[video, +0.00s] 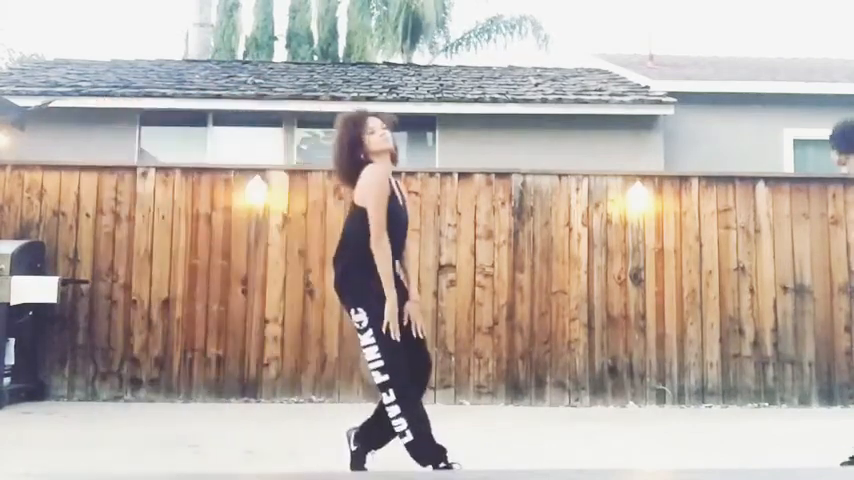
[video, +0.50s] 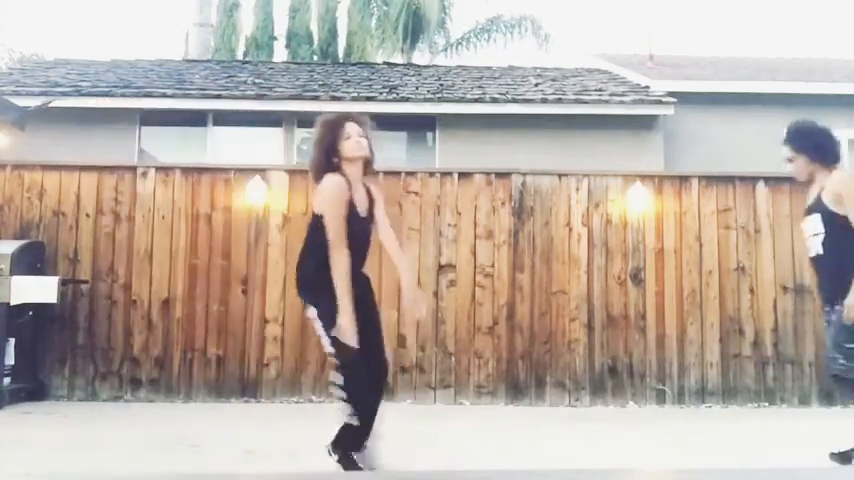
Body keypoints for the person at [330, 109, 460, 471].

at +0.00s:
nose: (385, 133)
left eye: (384, 128)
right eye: (375, 131)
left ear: (389, 135)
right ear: (362, 145)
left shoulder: (392, 178)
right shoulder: (375, 174)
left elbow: (396, 245)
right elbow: (377, 239)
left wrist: (410, 295)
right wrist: (390, 296)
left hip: (383, 278)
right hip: (360, 279)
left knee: (418, 362)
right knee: (391, 367)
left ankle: (366, 437)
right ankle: (431, 456)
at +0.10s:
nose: (388, 138)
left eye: (388, 132)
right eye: (378, 135)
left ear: (392, 138)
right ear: (365, 148)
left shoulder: (394, 182)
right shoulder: (379, 178)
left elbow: (404, 246)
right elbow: (380, 243)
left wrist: (409, 301)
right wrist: (390, 301)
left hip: (380, 282)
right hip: (357, 282)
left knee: (417, 364)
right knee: (390, 370)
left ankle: (365, 436)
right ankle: (430, 457)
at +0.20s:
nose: (389, 141)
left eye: (387, 136)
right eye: (379, 140)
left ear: (391, 142)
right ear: (365, 153)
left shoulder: (390, 188)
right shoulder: (377, 184)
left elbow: (400, 254)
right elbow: (379, 251)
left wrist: (407, 308)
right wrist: (387, 309)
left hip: (373, 284)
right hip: (352, 286)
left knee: (416, 364)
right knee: (386, 372)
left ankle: (365, 436)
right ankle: (430, 458)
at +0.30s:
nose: (382, 146)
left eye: (382, 140)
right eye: (372, 144)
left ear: (387, 145)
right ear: (359, 157)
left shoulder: (387, 194)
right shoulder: (370, 189)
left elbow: (395, 257)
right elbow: (372, 254)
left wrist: (405, 311)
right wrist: (381, 314)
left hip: (367, 287)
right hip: (344, 288)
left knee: (404, 370)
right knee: (380, 375)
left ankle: (360, 437)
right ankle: (426, 457)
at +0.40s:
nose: (373, 145)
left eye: (374, 140)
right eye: (363, 143)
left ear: (379, 148)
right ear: (349, 155)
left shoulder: (385, 200)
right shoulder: (352, 190)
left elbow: (396, 255)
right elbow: (358, 257)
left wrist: (409, 313)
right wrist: (369, 318)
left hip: (359, 282)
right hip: (329, 285)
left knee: (387, 367)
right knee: (369, 369)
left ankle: (349, 440)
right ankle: (416, 454)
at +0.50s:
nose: (359, 140)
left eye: (362, 134)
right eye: (349, 137)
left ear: (368, 143)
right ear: (334, 148)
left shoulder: (371, 188)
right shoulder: (333, 185)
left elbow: (387, 237)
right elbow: (337, 252)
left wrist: (409, 286)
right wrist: (345, 313)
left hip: (354, 278)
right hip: (322, 283)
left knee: (376, 362)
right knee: (357, 362)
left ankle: (352, 442)